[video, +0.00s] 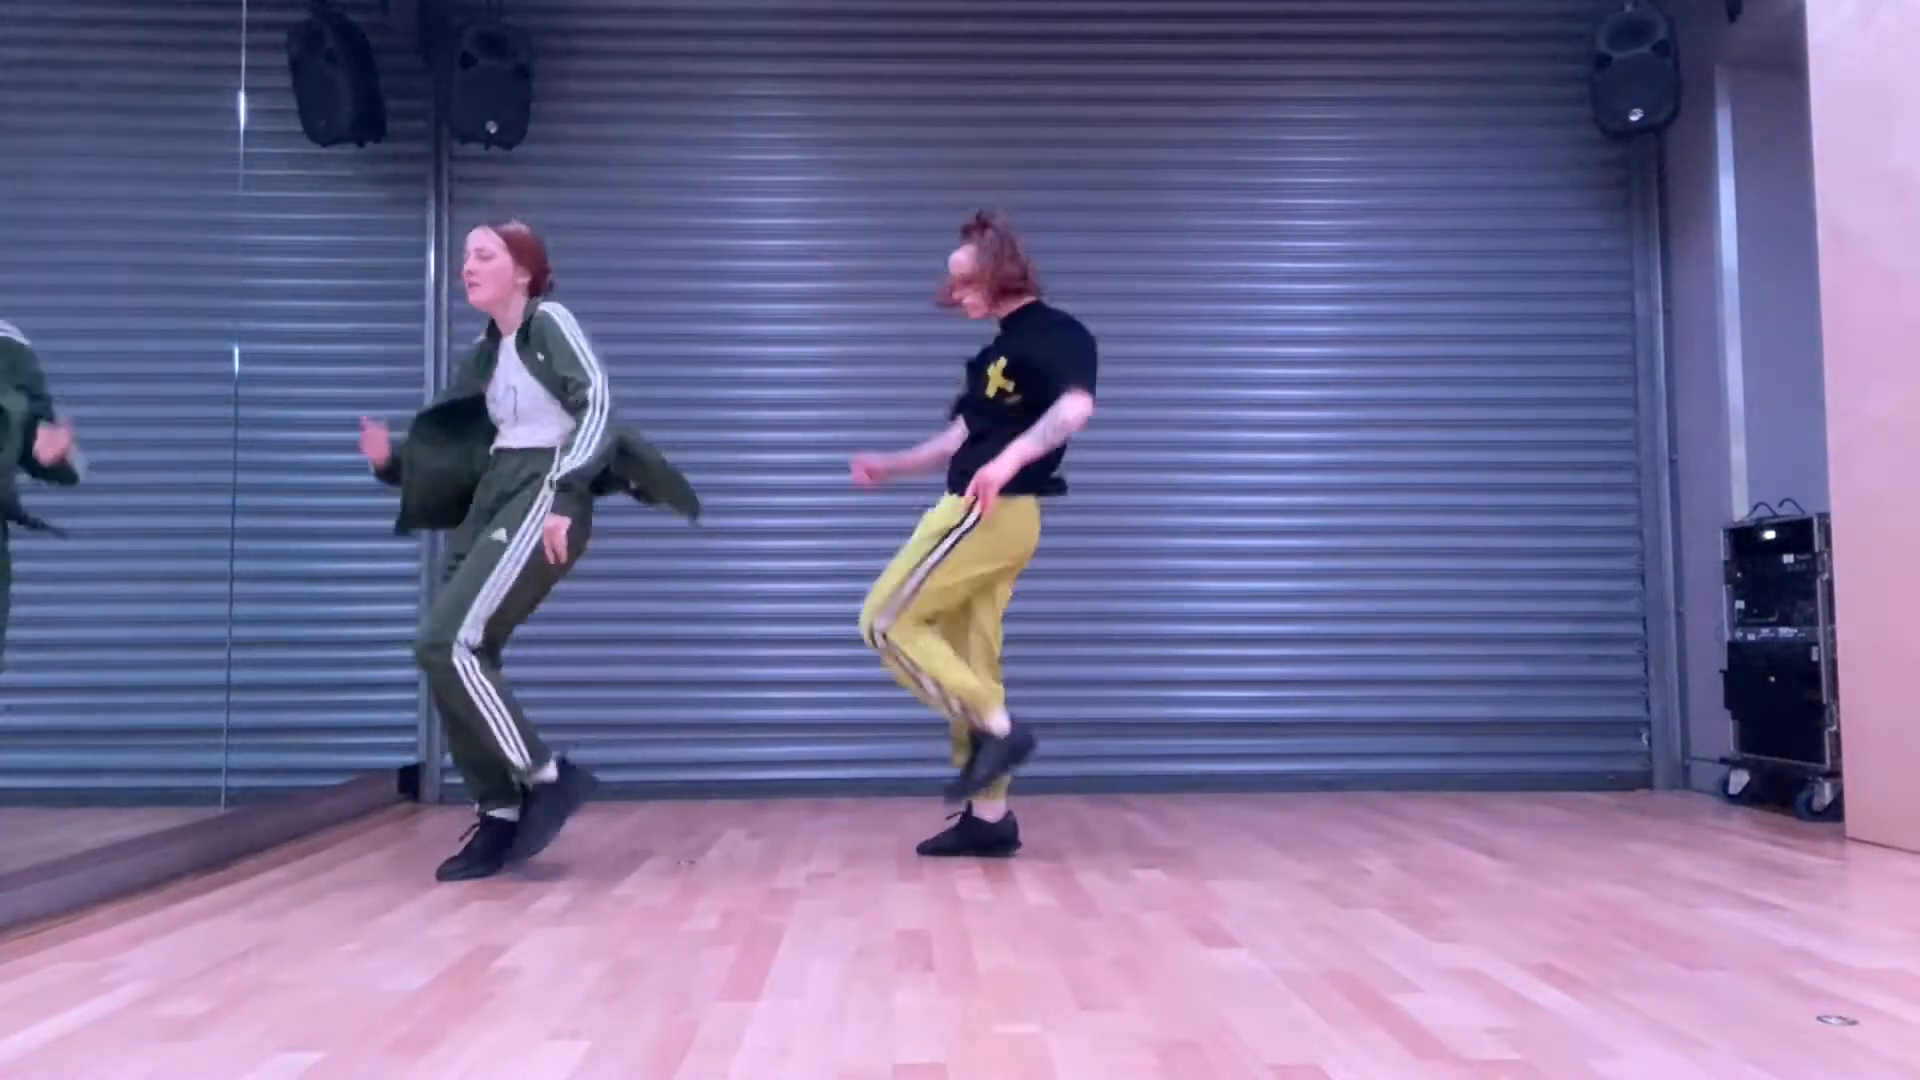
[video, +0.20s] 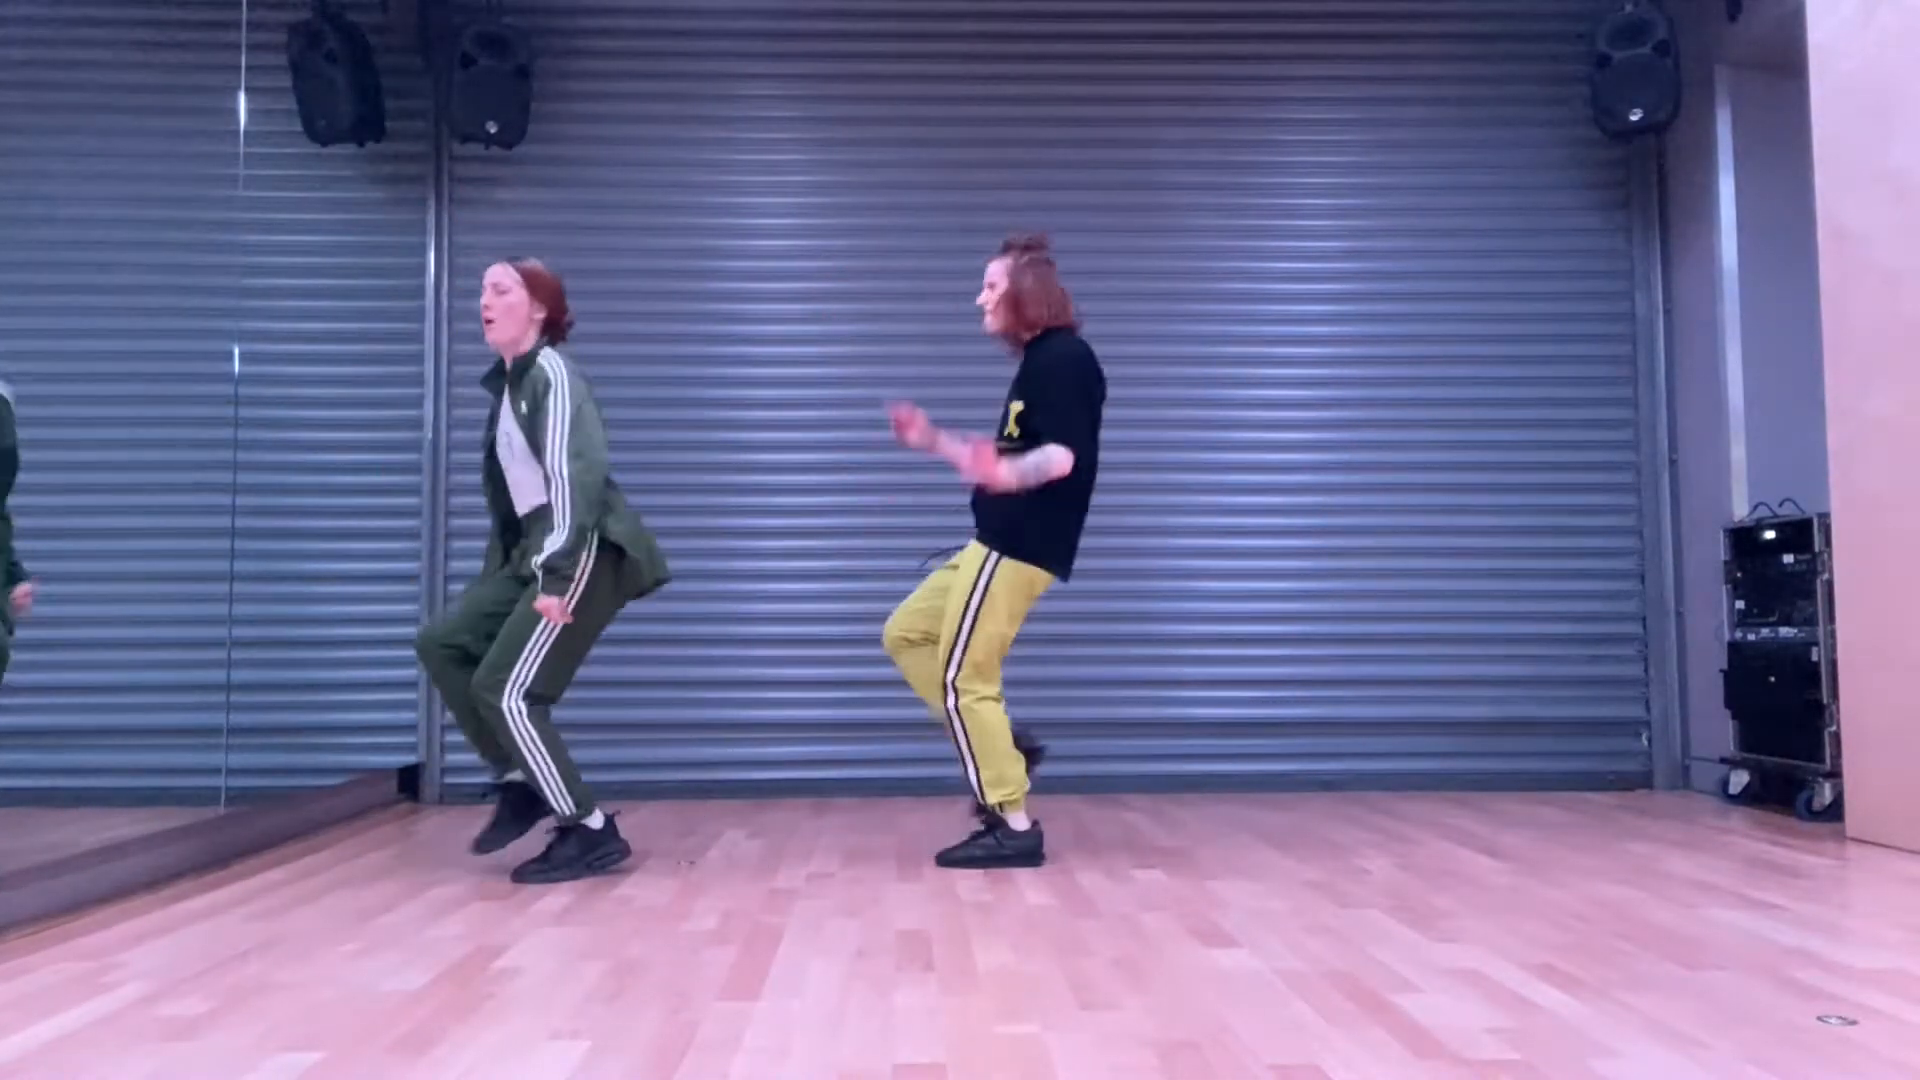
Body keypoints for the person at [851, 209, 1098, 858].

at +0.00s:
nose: (954, 294)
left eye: (964, 283)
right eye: (953, 283)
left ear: (999, 279)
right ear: (991, 283)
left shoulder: (1054, 331)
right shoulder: (995, 354)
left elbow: (1075, 406)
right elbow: (961, 437)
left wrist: (1006, 462)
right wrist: (892, 465)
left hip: (985, 510)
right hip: (994, 514)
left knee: (885, 621)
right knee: (973, 654)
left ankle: (999, 727)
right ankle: (988, 817)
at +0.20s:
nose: (981, 299)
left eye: (992, 288)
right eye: (984, 287)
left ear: (1026, 295)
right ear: (1021, 294)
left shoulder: (1065, 360)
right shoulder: (1040, 361)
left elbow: (1063, 455)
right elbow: (1006, 459)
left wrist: (1005, 473)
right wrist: (935, 439)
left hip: (1022, 551)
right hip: (996, 542)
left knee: (965, 678)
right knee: (908, 636)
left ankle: (1013, 826)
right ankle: (1003, 748)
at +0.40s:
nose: (1041, 239)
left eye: (1058, 236)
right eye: (1048, 233)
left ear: (1074, 270)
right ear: (1047, 265)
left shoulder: (1077, 328)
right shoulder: (1021, 323)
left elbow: (1112, 287)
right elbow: (985, 304)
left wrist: (1080, 244)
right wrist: (938, 282)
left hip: (1096, 533)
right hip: (1118, 527)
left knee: (1051, 671)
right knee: (1117, 679)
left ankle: (1018, 825)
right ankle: (1224, 793)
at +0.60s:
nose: (1065, 308)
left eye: (1075, 299)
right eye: (1068, 298)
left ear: (1107, 308)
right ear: (1104, 310)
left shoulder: (1141, 364)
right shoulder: (1104, 378)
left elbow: (1183, 433)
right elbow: (1059, 439)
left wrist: (1148, 500)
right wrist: (1023, 488)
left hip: (1132, 555)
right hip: (1177, 559)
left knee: (1024, 654)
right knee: (1162, 707)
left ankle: (1039, 791)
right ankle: (1252, 816)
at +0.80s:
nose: (1105, 326)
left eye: (1115, 317)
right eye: (1111, 316)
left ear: (1141, 330)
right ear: (1157, 333)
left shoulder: (1146, 398)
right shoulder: (1170, 399)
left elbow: (1129, 491)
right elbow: (1086, 464)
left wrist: (1095, 558)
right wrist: (1064, 446)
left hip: (1137, 570)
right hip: (1194, 582)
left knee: (1053, 689)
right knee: (1177, 707)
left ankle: (1042, 816)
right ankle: (1242, 807)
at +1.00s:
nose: (1202, 251)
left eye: (1211, 253)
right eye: (1216, 247)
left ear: (1209, 287)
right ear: (1250, 310)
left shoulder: (1148, 313)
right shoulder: (1246, 362)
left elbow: (1117, 228)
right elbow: (1313, 416)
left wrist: (1090, 159)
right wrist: (1244, 401)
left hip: (1124, 511)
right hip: (1197, 523)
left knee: (1086, 641)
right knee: (1228, 644)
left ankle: (1051, 757)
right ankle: (1224, 785)